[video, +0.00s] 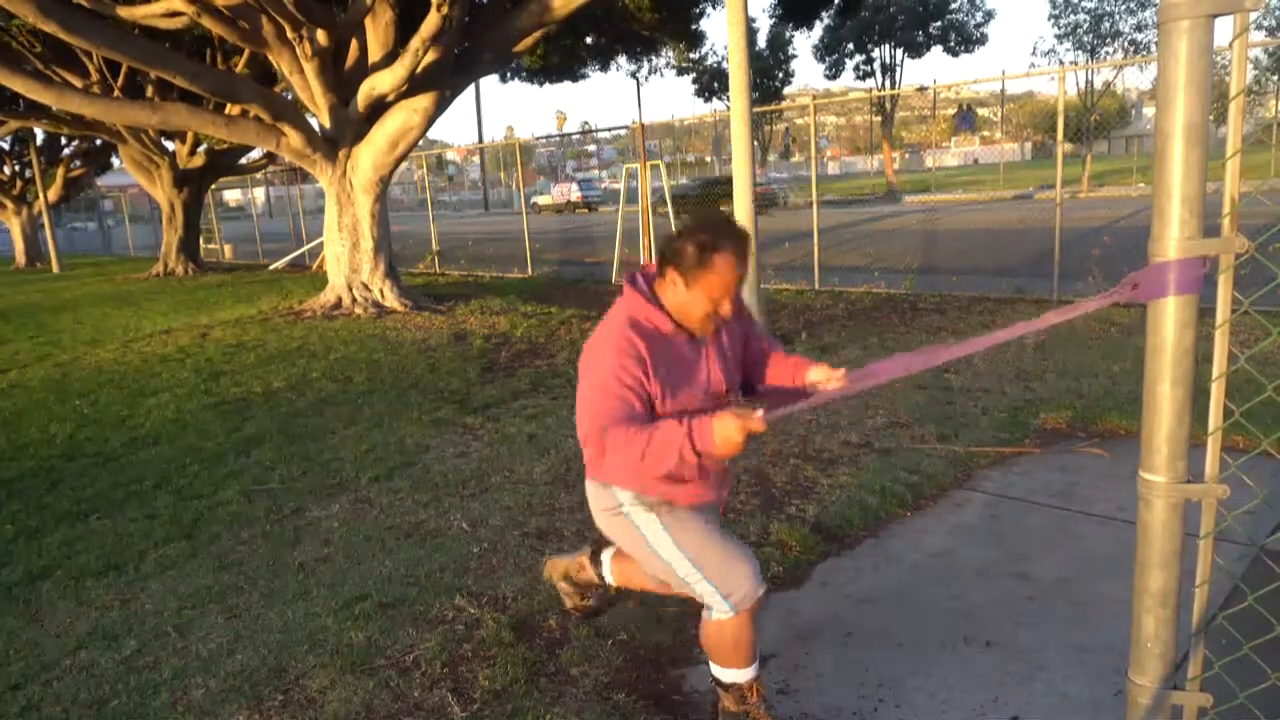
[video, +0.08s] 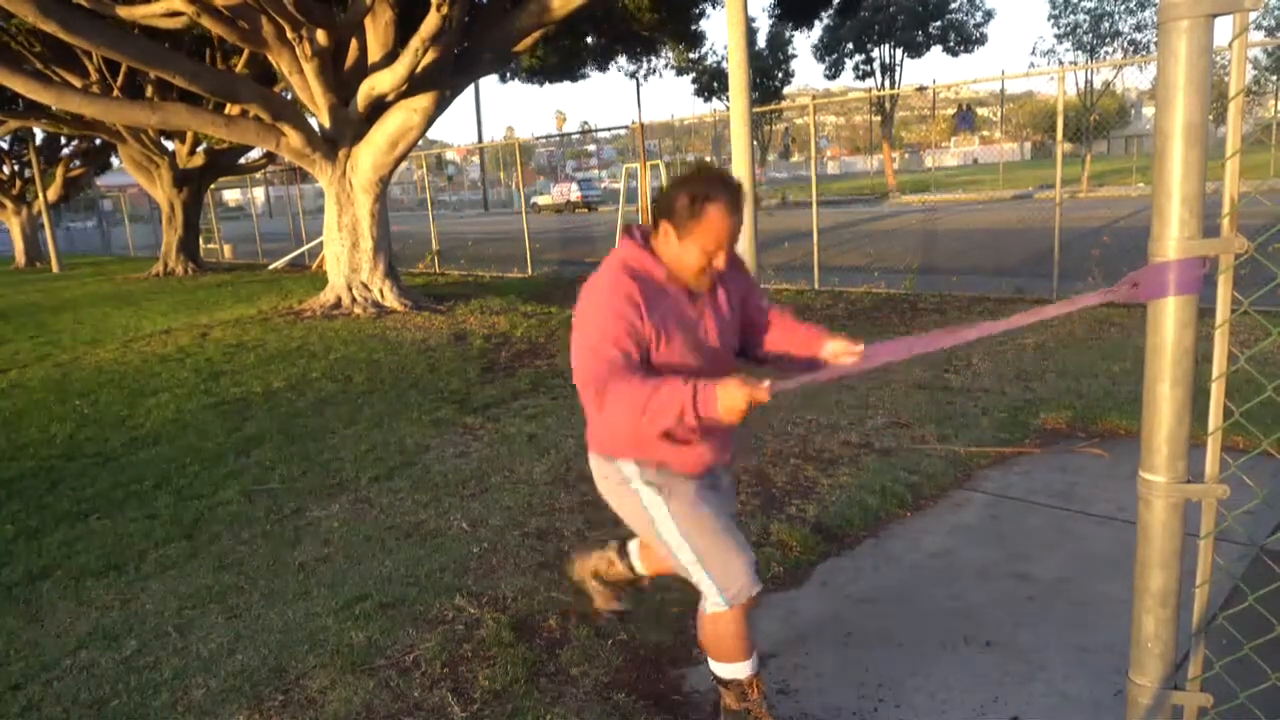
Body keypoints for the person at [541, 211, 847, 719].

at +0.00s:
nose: (728, 311)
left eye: (732, 298)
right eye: (716, 300)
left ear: (736, 284)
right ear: (671, 281)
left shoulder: (722, 314)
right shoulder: (619, 341)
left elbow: (757, 361)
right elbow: (610, 447)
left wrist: (807, 375)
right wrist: (703, 436)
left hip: (693, 482)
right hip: (630, 494)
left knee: (693, 575)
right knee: (735, 585)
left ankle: (586, 571)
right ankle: (739, 703)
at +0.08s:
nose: (720, 264)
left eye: (727, 250)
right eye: (709, 252)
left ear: (733, 237)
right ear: (666, 234)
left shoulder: (725, 276)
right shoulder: (612, 293)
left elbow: (760, 327)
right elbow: (612, 402)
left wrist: (820, 344)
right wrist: (705, 399)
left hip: (705, 451)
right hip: (636, 462)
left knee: (705, 551)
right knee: (731, 582)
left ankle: (605, 566)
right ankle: (741, 701)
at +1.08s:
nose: (750, 299)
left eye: (753, 284)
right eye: (737, 287)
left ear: (757, 277)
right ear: (691, 281)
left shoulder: (750, 322)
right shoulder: (636, 332)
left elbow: (783, 379)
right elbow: (638, 431)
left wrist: (847, 392)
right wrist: (738, 418)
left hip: (721, 481)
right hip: (635, 498)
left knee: (779, 566)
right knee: (631, 640)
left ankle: (780, 697)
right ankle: (574, 610)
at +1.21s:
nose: (721, 208)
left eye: (725, 193)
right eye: (708, 193)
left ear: (725, 190)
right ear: (664, 188)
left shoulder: (722, 244)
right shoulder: (615, 247)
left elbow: (764, 294)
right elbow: (645, 333)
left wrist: (832, 312)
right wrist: (754, 335)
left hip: (698, 425)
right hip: (613, 431)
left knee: (736, 542)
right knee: (635, 573)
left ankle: (767, 677)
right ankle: (597, 613)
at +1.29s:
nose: (706, 178)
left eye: (708, 165)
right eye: (692, 166)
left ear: (704, 162)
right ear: (643, 164)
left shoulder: (703, 214)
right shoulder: (607, 216)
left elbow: (765, 252)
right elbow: (670, 275)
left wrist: (831, 274)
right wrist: (775, 295)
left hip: (677, 404)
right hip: (601, 409)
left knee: (716, 520)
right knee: (655, 541)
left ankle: (702, 633)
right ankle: (651, 653)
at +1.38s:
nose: (692, 178)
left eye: (695, 164)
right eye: (678, 165)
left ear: (696, 159)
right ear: (632, 163)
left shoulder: (686, 209)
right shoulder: (603, 216)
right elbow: (684, 262)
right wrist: (781, 289)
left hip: (671, 406)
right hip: (602, 413)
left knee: (698, 530)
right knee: (667, 555)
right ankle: (697, 692)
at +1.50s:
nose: (690, 218)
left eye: (692, 204)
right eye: (676, 206)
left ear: (694, 200)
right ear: (628, 208)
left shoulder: (688, 250)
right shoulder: (595, 259)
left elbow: (752, 286)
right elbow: (650, 320)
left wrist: (825, 307)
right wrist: (751, 334)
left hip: (670, 451)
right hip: (610, 455)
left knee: (678, 551)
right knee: (704, 576)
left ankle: (564, 554)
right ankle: (709, 696)